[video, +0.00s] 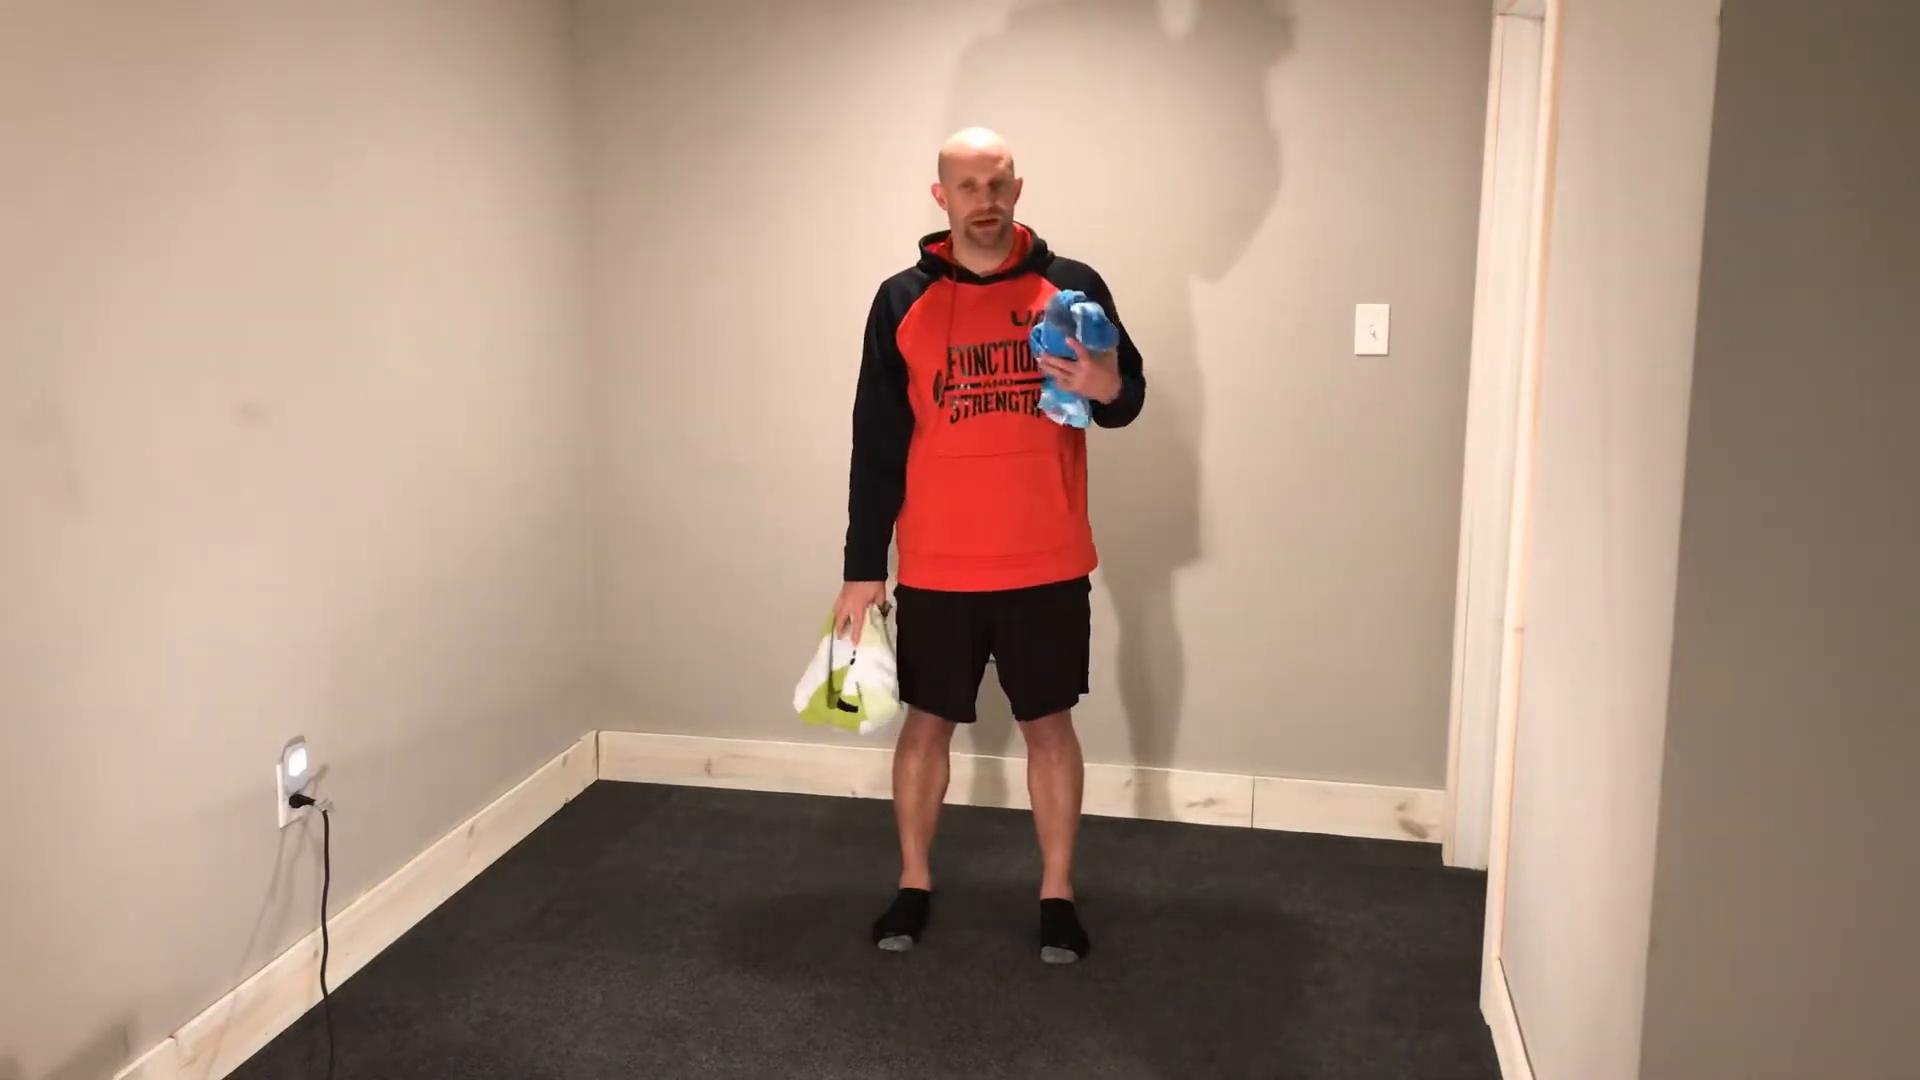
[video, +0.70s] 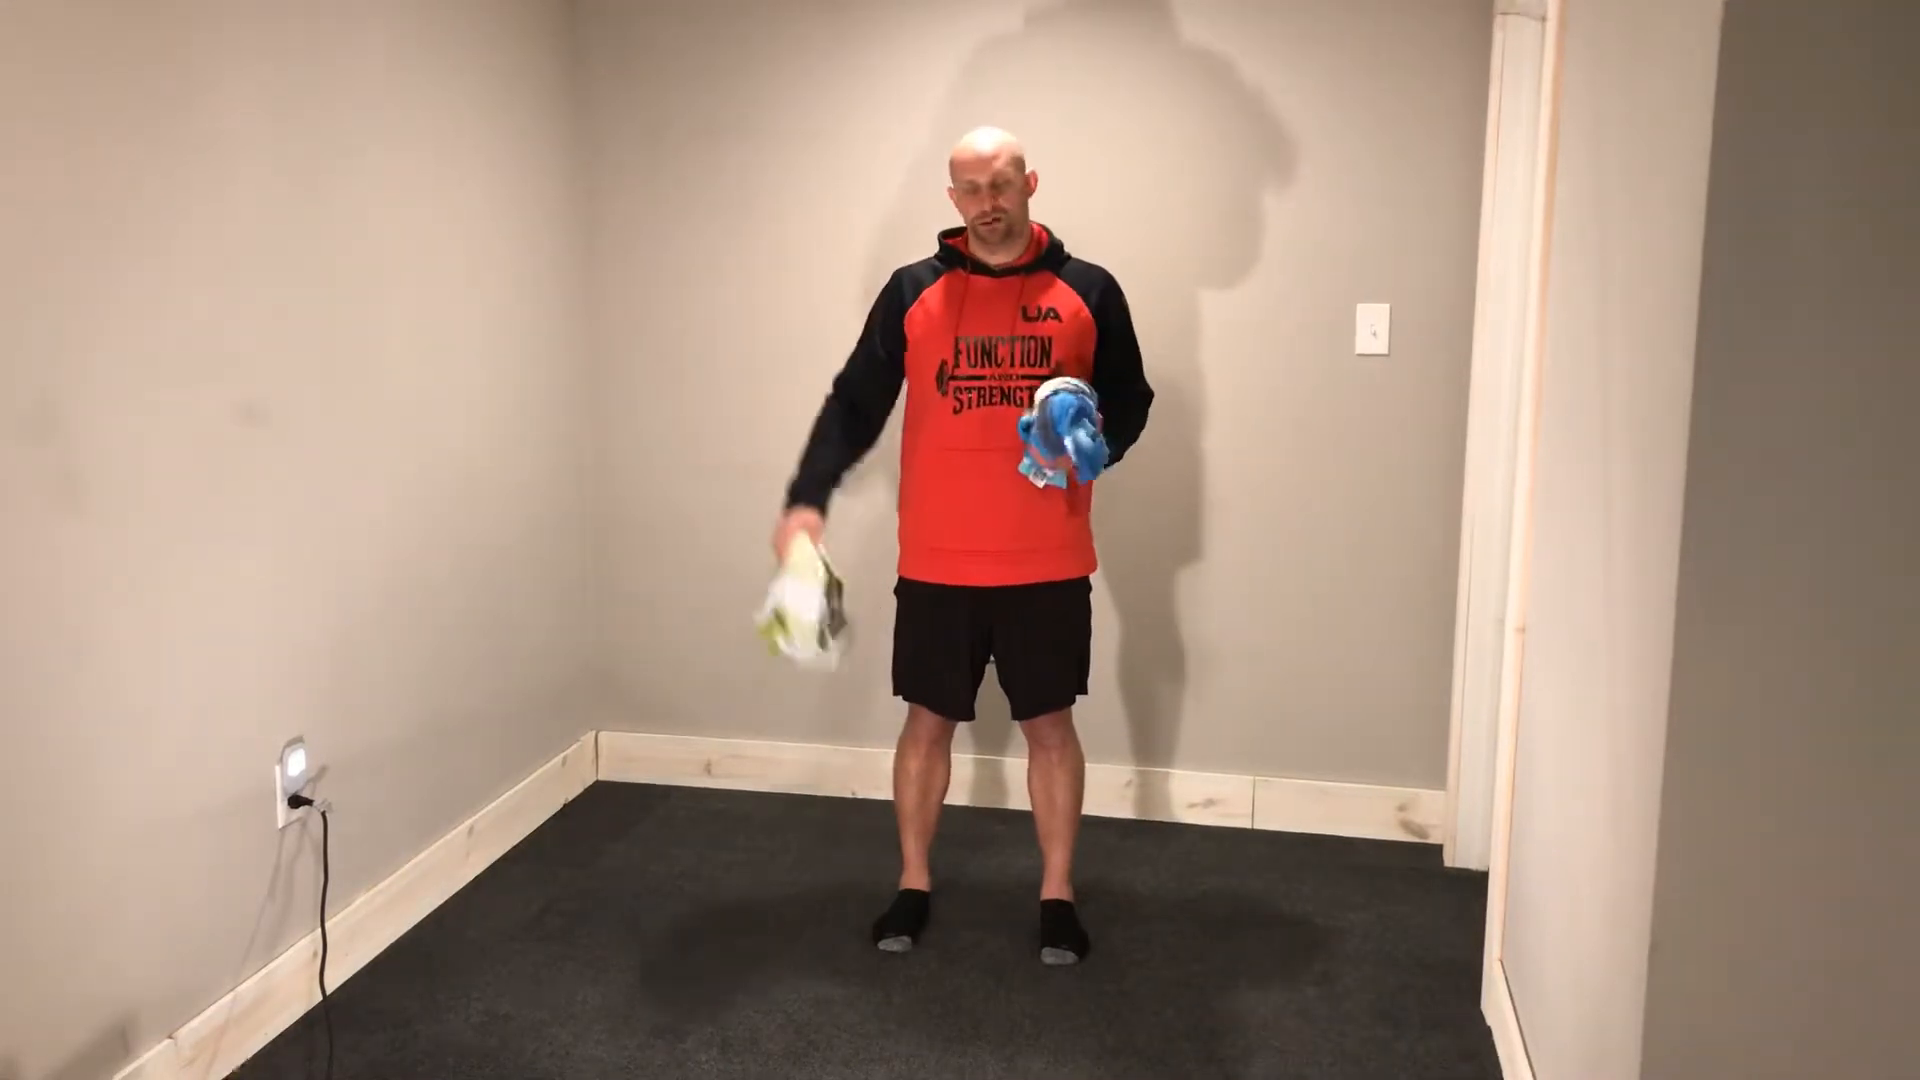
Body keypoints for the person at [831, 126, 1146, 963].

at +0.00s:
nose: (984, 202)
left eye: (998, 186)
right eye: (968, 187)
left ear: (1018, 190)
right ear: (941, 193)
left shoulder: (1070, 289)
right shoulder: (902, 301)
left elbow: (1127, 397)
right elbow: (877, 441)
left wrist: (1109, 388)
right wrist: (863, 568)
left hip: (1045, 562)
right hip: (936, 565)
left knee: (1049, 727)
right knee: (925, 724)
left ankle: (1058, 897)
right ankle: (912, 889)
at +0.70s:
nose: (986, 205)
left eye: (1000, 187)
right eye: (970, 190)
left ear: (1030, 185)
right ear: (951, 194)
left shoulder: (1090, 293)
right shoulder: (913, 294)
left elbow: (1128, 403)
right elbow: (854, 402)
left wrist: (1091, 445)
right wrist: (805, 500)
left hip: (1045, 559)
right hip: (938, 558)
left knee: (1048, 723)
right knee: (927, 718)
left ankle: (1058, 898)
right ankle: (912, 887)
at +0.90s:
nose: (962, 222)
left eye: (976, 206)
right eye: (953, 205)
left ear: (1026, 191)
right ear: (946, 199)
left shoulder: (1091, 296)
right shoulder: (918, 288)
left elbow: (1131, 409)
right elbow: (850, 366)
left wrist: (1091, 444)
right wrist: (778, 386)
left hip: (1043, 558)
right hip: (937, 555)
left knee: (1046, 721)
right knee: (927, 716)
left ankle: (1058, 897)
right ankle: (912, 888)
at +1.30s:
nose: (973, 216)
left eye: (987, 199)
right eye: (964, 199)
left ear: (1036, 190)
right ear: (957, 197)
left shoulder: (1093, 300)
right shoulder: (917, 280)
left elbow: (1130, 413)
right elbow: (831, 320)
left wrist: (1087, 458)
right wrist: (764, 265)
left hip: (1039, 560)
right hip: (932, 553)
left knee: (1044, 721)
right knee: (926, 716)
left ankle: (1058, 898)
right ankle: (912, 886)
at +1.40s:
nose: (977, 214)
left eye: (992, 197)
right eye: (967, 198)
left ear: (1037, 190)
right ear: (959, 196)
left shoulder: (1092, 300)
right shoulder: (916, 281)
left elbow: (1131, 416)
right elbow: (822, 302)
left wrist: (1085, 453)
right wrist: (761, 239)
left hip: (1037, 559)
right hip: (932, 551)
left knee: (1044, 721)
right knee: (926, 716)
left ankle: (1057, 899)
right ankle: (913, 888)